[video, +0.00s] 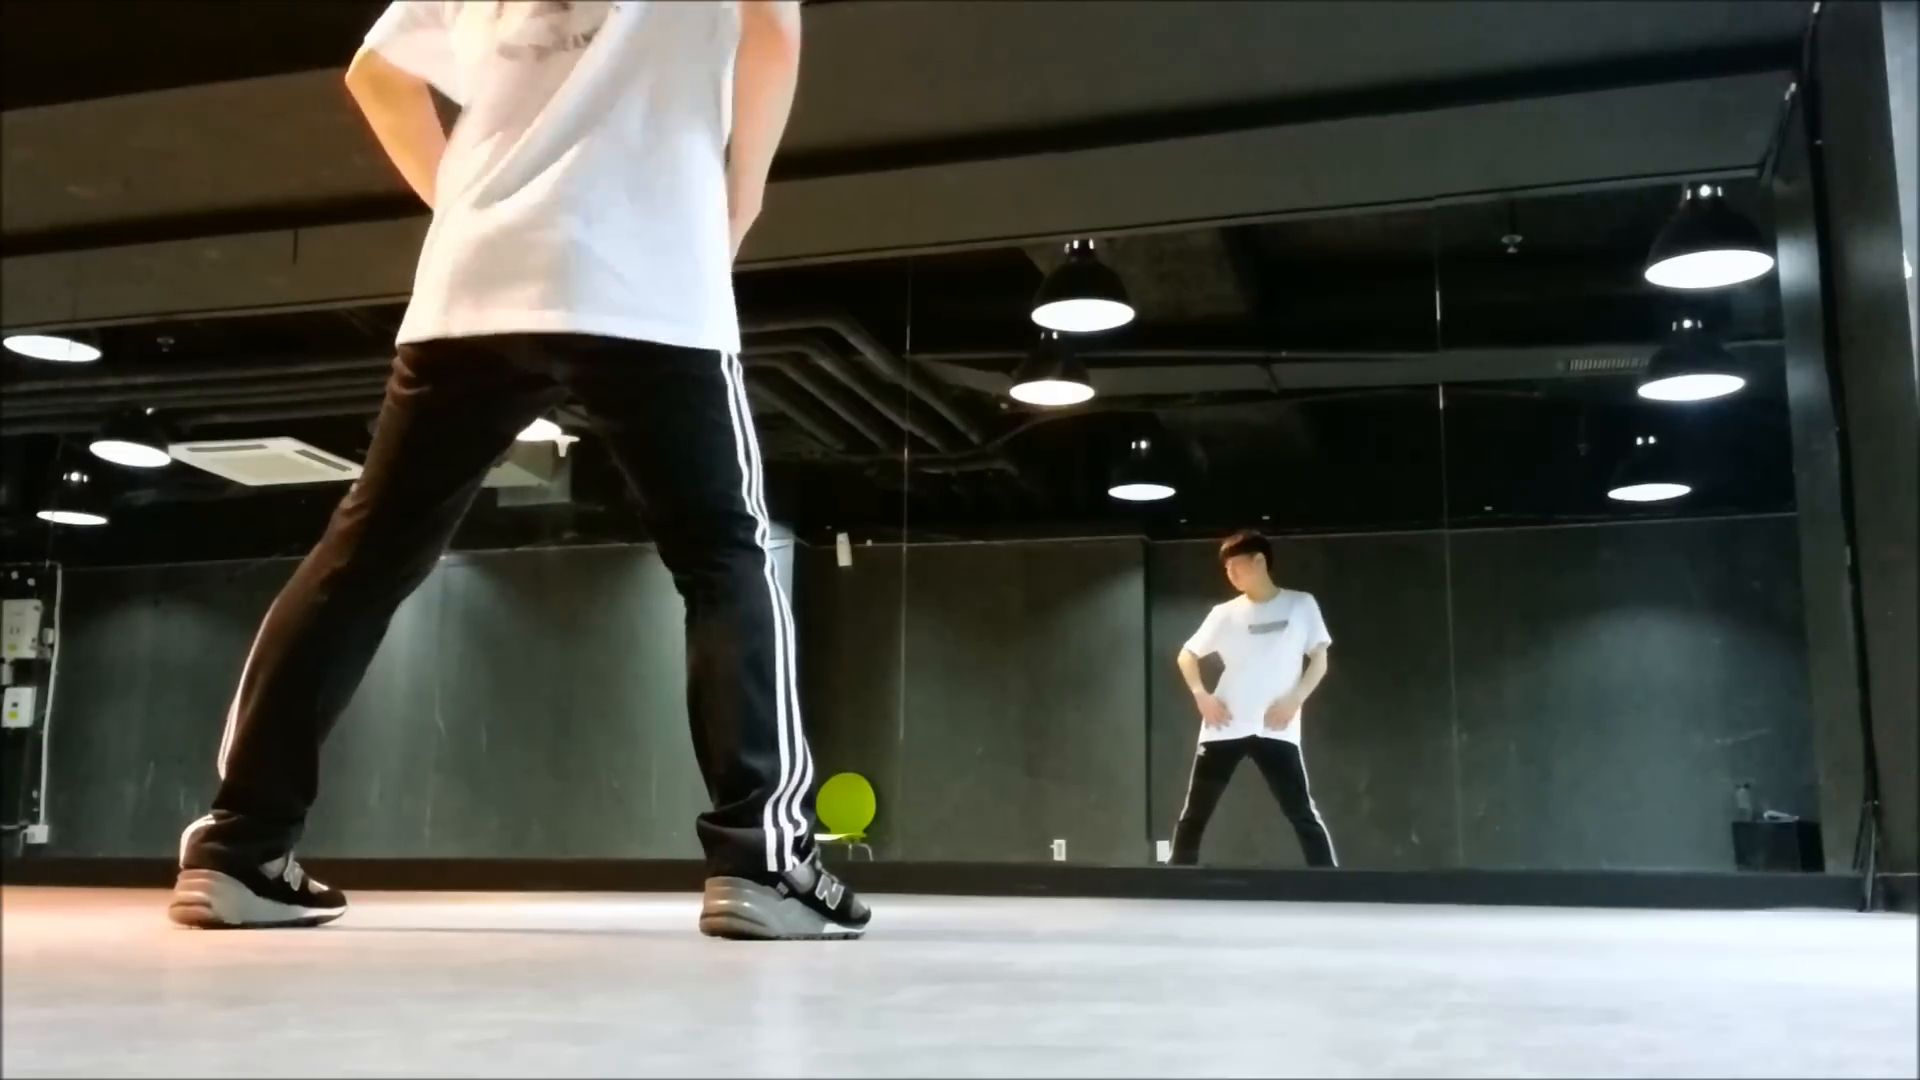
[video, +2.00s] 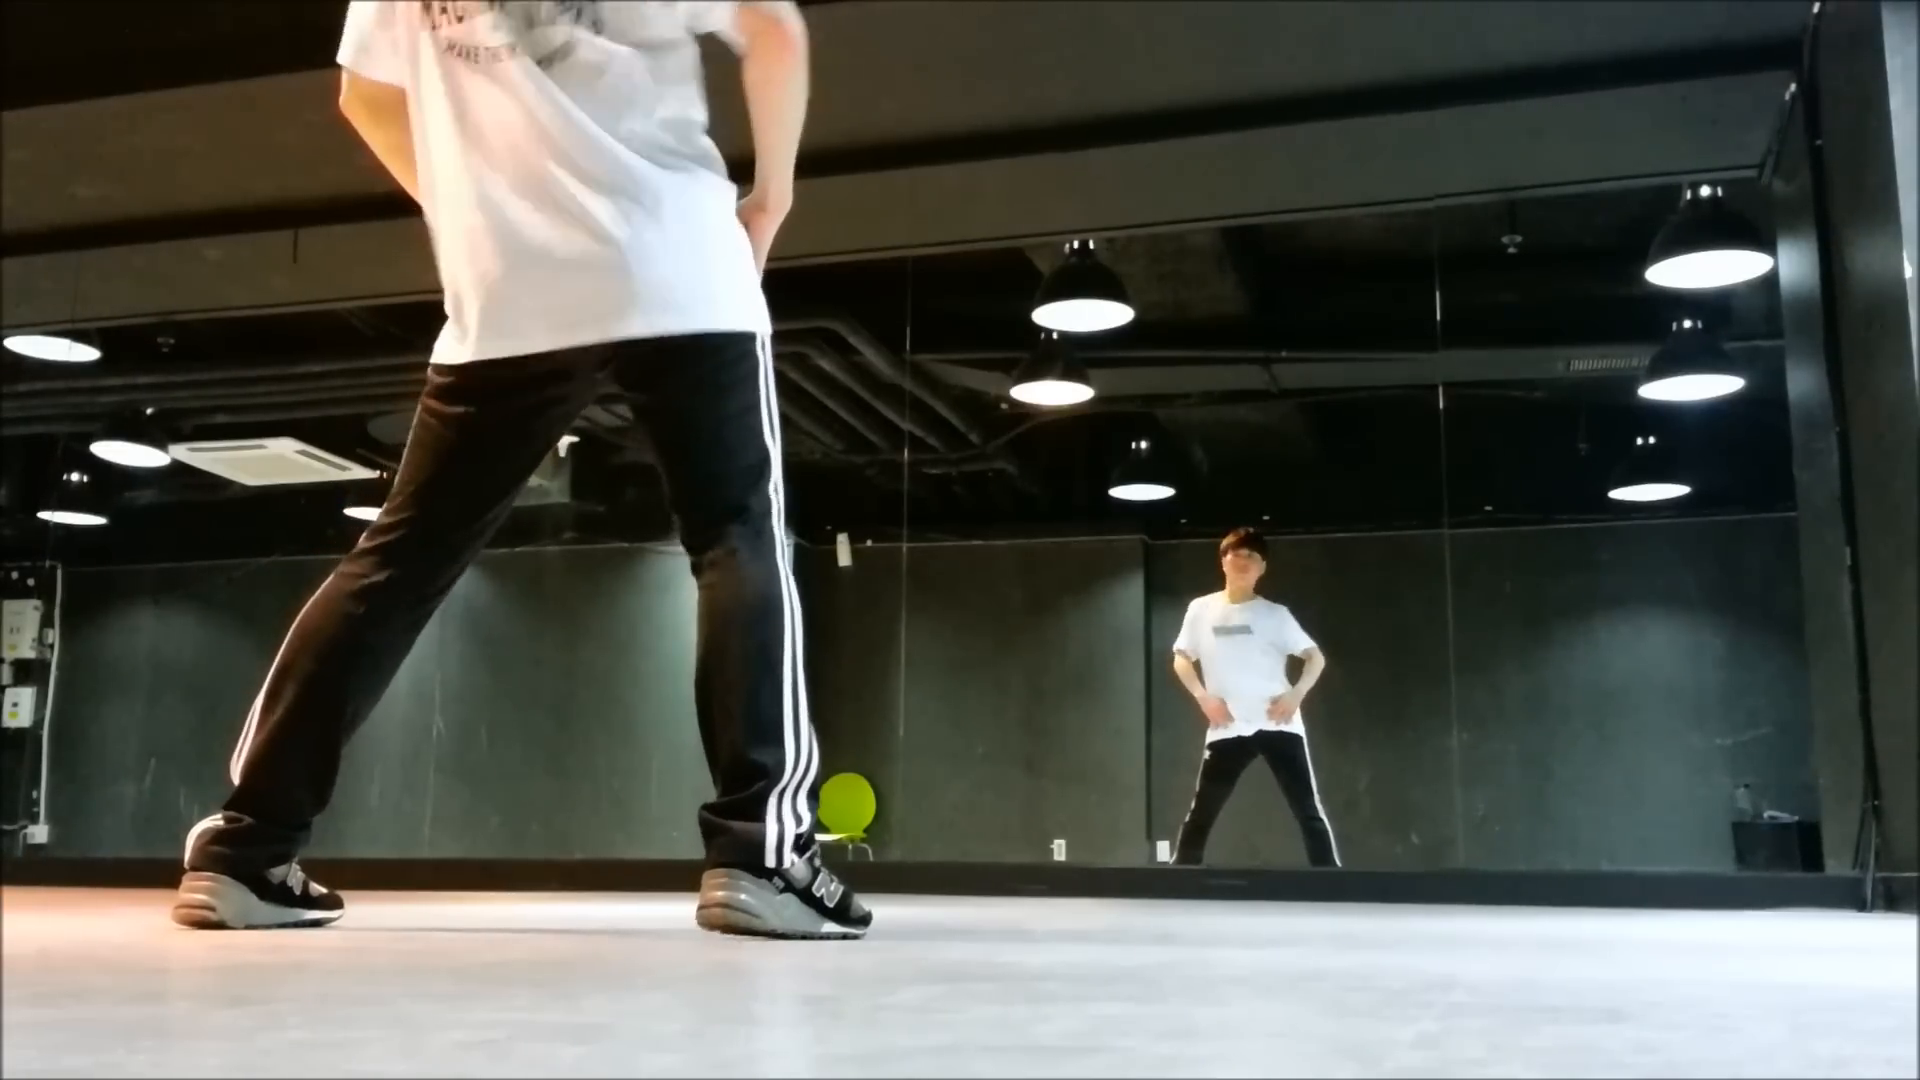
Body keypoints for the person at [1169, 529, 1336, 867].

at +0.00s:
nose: (1230, 573)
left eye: (1235, 565)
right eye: (1227, 567)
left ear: (1259, 561)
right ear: (1227, 571)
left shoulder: (1302, 605)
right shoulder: (1224, 614)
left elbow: (1320, 661)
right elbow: (1186, 656)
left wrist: (1292, 701)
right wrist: (1201, 695)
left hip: (1276, 733)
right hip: (1222, 731)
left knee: (1302, 815)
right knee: (1193, 816)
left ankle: (1331, 890)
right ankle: (1176, 891)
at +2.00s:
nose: (1242, 563)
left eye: (1251, 557)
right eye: (1235, 555)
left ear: (1262, 567)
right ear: (1223, 561)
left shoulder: (1277, 614)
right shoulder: (1201, 609)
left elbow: (1316, 658)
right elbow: (1181, 661)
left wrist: (1295, 696)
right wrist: (1205, 699)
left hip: (1280, 728)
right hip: (1228, 731)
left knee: (1309, 813)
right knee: (1200, 815)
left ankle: (1333, 889)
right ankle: (1178, 889)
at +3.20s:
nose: (1242, 559)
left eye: (1250, 553)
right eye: (1235, 553)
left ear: (1264, 563)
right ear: (1225, 563)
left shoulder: (1285, 613)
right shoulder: (1207, 614)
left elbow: (1321, 659)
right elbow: (1177, 662)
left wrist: (1295, 694)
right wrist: (1200, 694)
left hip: (1276, 727)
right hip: (1223, 729)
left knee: (1305, 812)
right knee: (1197, 814)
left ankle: (1331, 888)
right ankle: (1178, 889)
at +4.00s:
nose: (1231, 572)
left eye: (1239, 565)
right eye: (1225, 569)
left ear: (1257, 572)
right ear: (1220, 582)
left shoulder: (1290, 624)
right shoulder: (1210, 625)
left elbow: (1326, 671)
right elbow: (1176, 671)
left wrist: (1303, 711)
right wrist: (1199, 715)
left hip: (1277, 745)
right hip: (1227, 745)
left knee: (1292, 825)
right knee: (1201, 826)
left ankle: (1339, 889)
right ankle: (1160, 888)